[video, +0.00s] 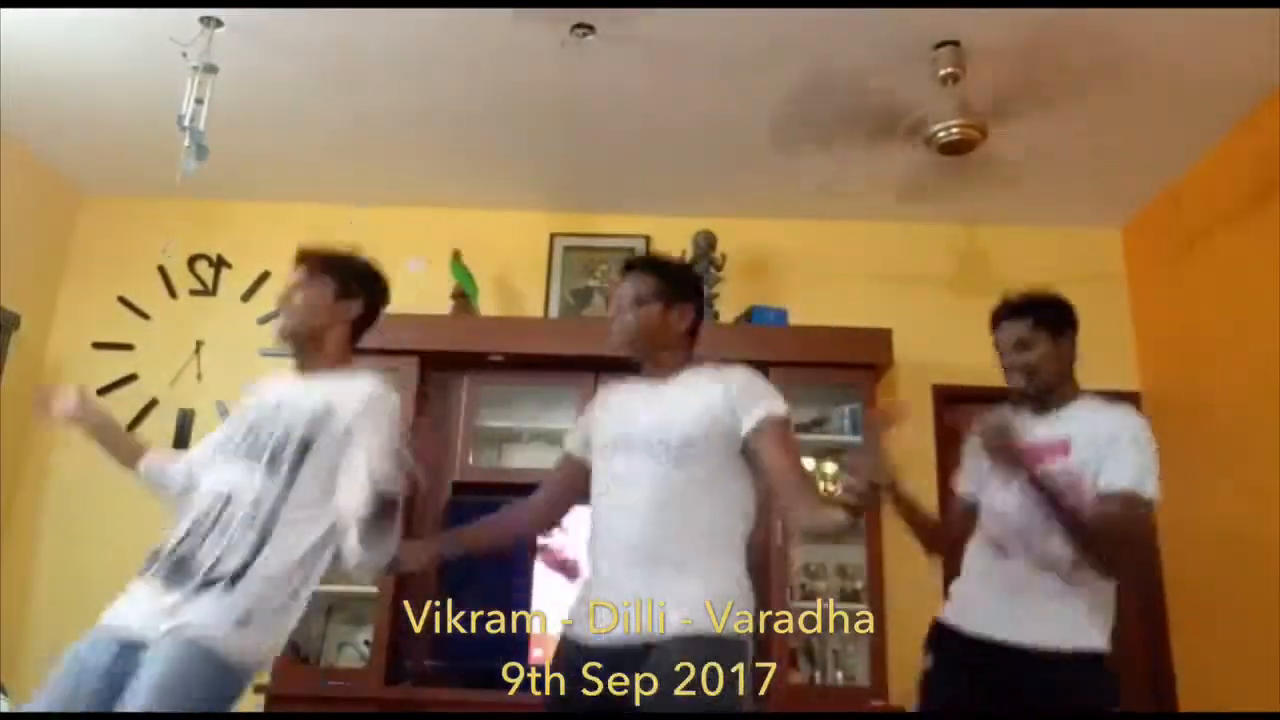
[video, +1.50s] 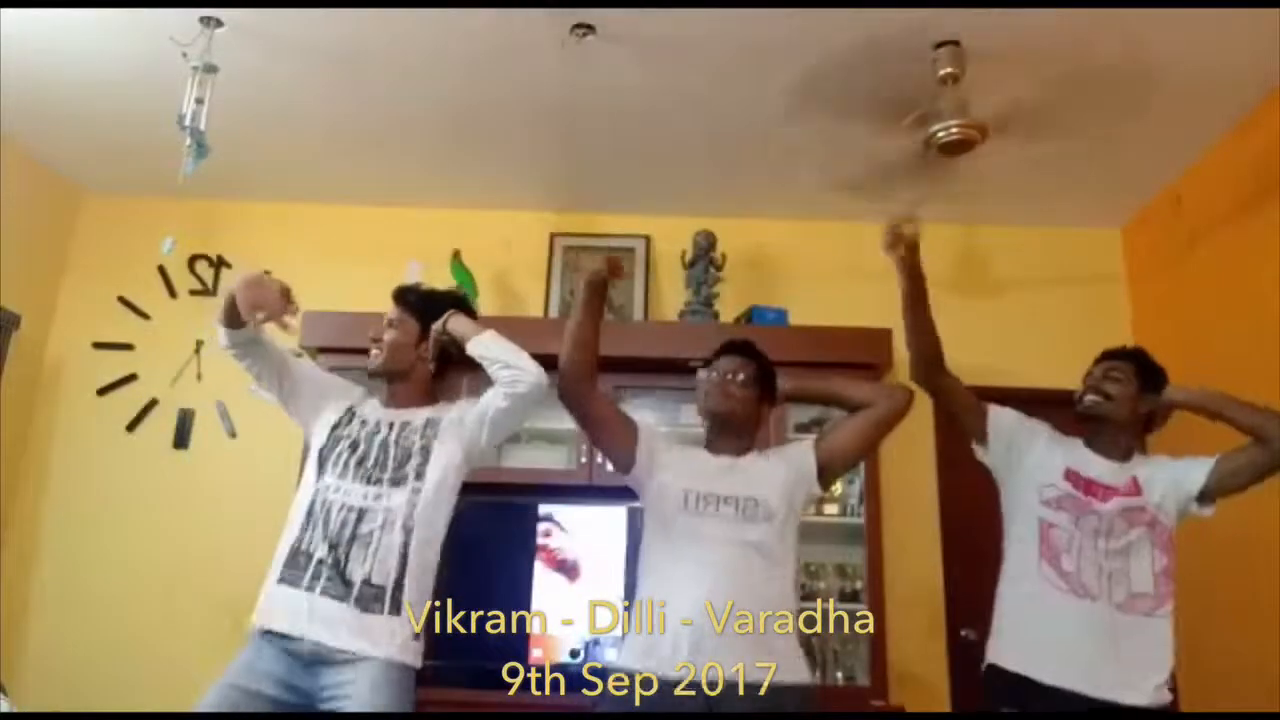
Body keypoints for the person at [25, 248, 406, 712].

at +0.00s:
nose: (283, 295)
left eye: (303, 283)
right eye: (290, 282)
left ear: (349, 308)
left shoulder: (369, 396)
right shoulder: (269, 391)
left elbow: (365, 548)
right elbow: (185, 479)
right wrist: (98, 423)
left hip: (231, 615)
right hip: (156, 593)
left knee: (152, 706)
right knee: (53, 705)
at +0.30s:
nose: (323, 225)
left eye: (344, 218)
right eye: (325, 214)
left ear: (384, 247)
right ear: (315, 224)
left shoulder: (409, 346)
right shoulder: (257, 321)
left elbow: (444, 483)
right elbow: (203, 446)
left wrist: (362, 505)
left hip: (353, 575)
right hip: (248, 564)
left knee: (338, 706)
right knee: (167, 703)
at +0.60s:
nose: (360, 320)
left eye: (379, 315)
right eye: (367, 310)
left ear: (416, 344)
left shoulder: (442, 428)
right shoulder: (319, 382)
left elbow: (557, 470)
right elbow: (250, 393)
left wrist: (509, 395)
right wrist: (383, 412)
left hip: (385, 644)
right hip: (289, 637)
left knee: (390, 706)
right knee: (228, 704)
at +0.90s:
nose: (378, 320)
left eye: (395, 313)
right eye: (385, 309)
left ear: (433, 340)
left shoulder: (462, 425)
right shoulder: (326, 392)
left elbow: (547, 426)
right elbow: (206, 332)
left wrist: (482, 349)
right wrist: (318, 341)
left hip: (367, 648)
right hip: (275, 623)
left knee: (364, 703)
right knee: (212, 699)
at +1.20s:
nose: (380, 320)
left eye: (396, 312)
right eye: (386, 310)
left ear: (435, 337)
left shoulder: (467, 416)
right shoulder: (341, 386)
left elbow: (530, 395)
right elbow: (227, 338)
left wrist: (466, 331)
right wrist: (242, 321)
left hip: (364, 616)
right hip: (276, 594)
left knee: (360, 704)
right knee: (218, 694)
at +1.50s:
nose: (378, 335)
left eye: (393, 326)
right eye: (383, 324)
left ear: (428, 347)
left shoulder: (461, 427)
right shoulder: (334, 403)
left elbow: (528, 384)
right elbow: (246, 345)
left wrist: (465, 328)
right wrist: (239, 296)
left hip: (371, 661)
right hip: (277, 644)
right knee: (209, 710)